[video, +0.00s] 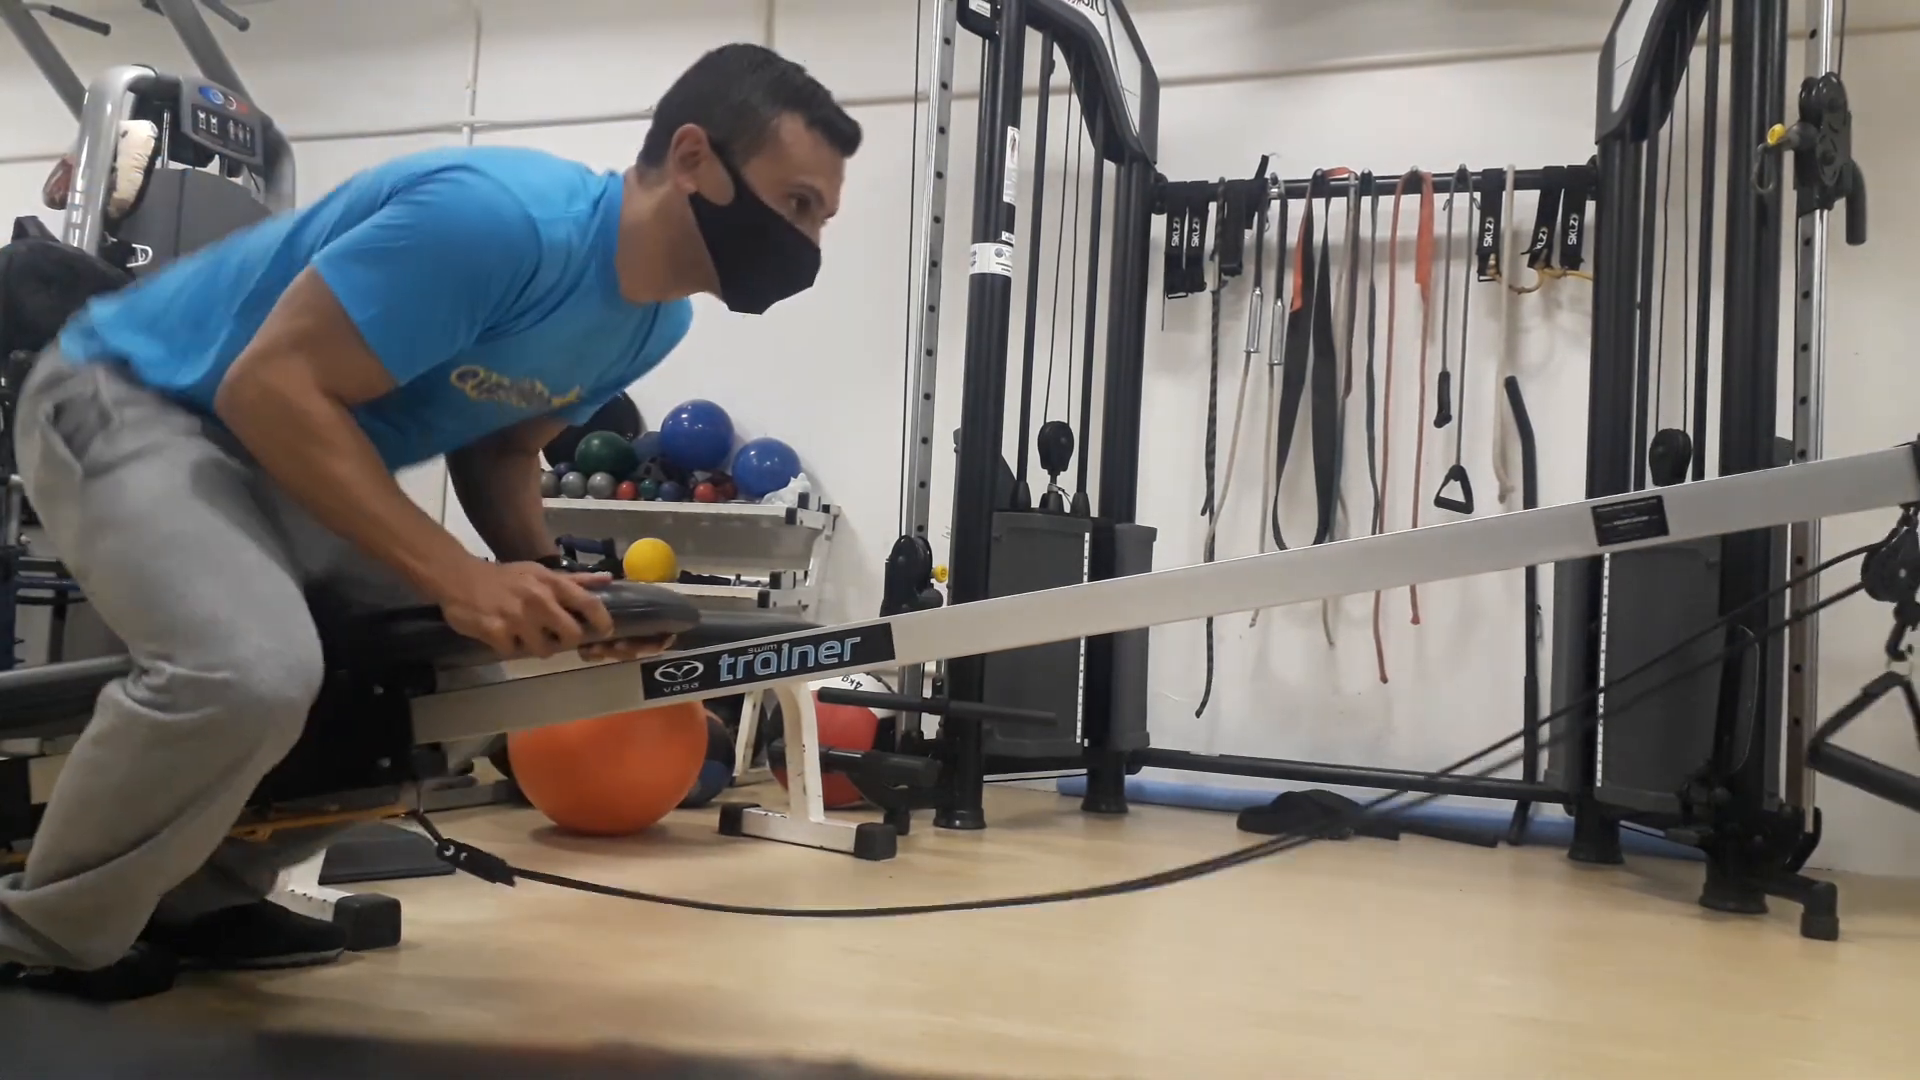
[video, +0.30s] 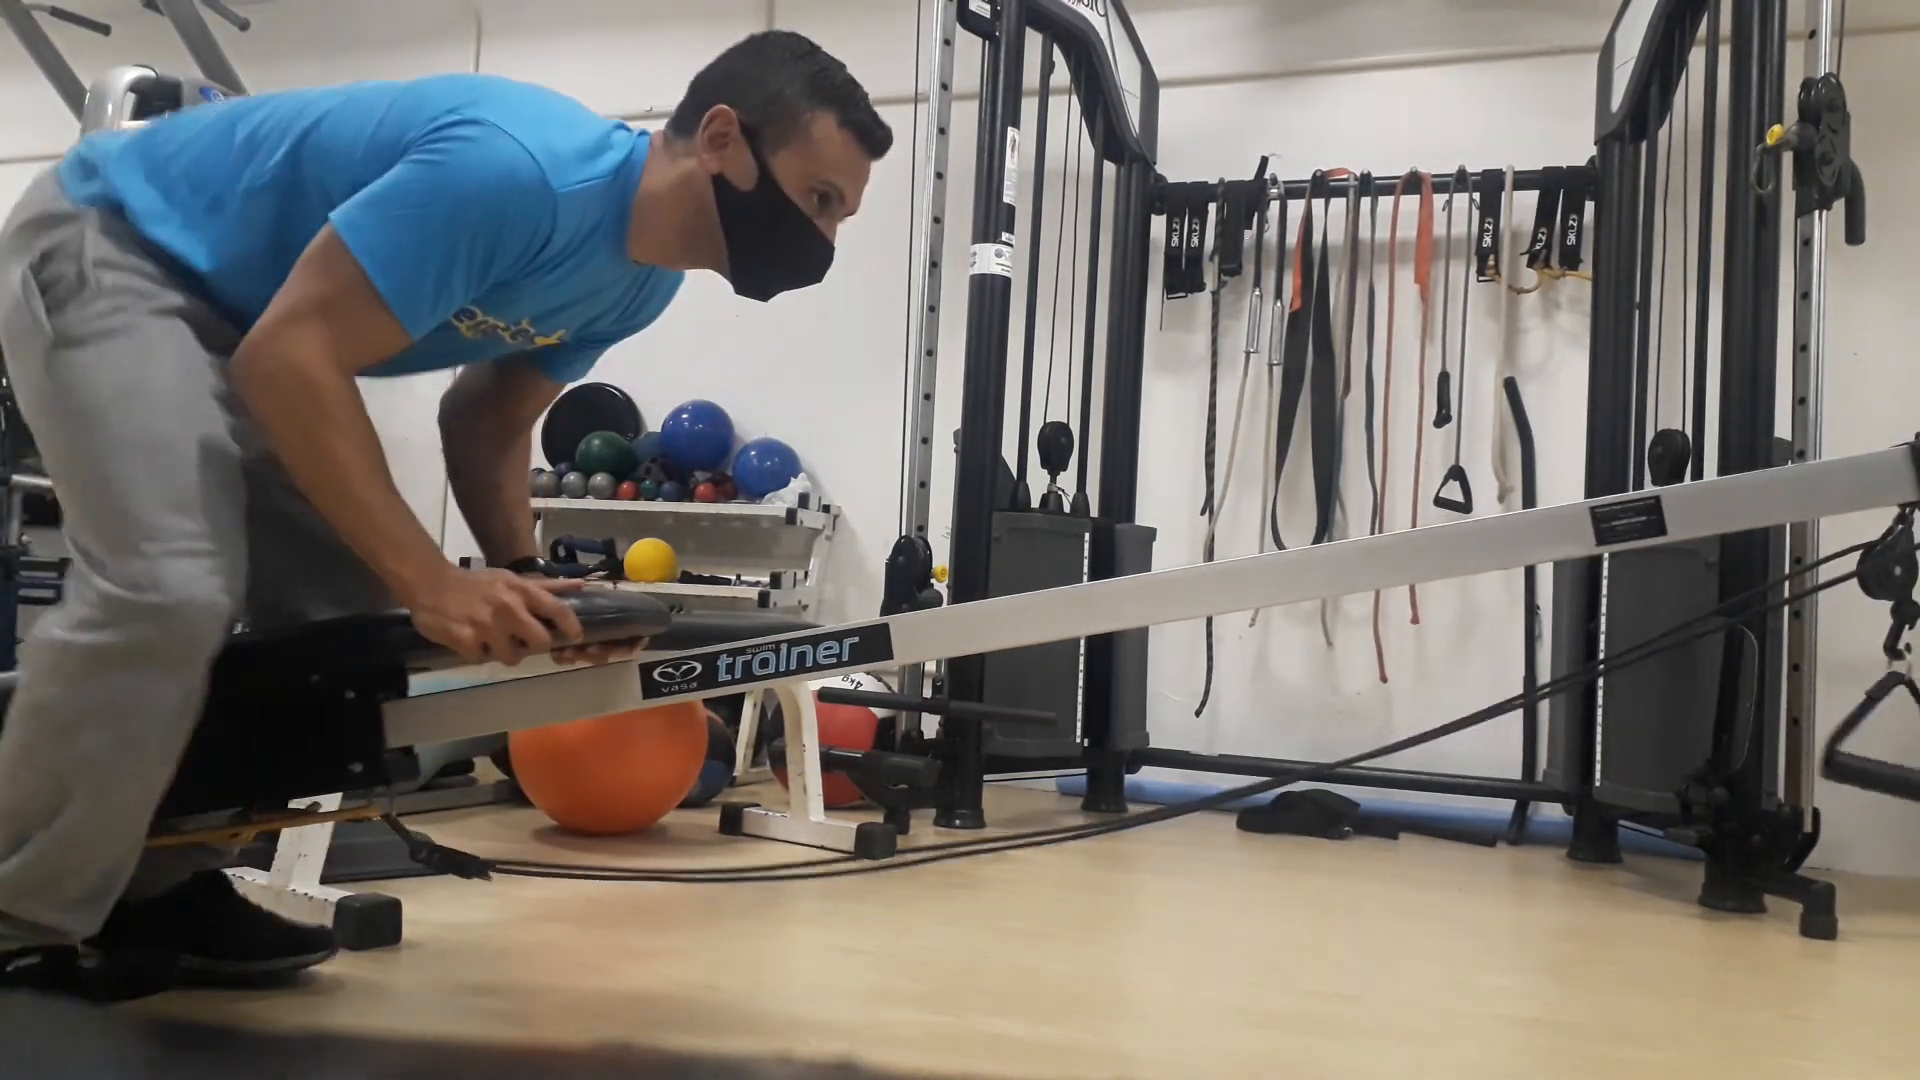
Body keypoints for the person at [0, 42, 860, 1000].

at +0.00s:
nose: (812, 242)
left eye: (826, 220)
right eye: (800, 203)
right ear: (689, 158)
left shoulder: (654, 317)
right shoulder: (494, 220)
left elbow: (502, 438)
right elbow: (266, 393)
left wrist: (541, 580)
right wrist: (458, 577)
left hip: (293, 443)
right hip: (129, 397)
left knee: (441, 657)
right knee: (254, 668)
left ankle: (209, 891)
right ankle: (45, 933)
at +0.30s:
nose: (828, 241)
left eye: (844, 217)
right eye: (821, 199)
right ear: (719, 139)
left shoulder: (640, 280)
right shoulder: (509, 173)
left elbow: (490, 415)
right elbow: (282, 361)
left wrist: (519, 570)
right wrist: (434, 584)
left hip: (258, 323)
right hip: (110, 245)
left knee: (349, 621)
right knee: (172, 588)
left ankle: (171, 888)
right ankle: (24, 925)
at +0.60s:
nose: (799, 238)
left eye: (814, 215)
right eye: (791, 196)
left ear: (692, 150)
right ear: (690, 138)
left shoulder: (622, 283)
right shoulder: (474, 180)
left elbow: (472, 424)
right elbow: (264, 378)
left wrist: (525, 571)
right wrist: (437, 576)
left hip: (259, 338)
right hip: (101, 268)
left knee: (362, 620)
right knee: (178, 593)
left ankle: (159, 894)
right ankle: (22, 926)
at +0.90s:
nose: (847, 176)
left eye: (860, 154)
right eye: (836, 137)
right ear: (736, 86)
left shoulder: (665, 247)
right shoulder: (543, 139)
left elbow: (591, 434)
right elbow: (413, 400)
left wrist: (700, 544)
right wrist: (650, 551)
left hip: (314, 357)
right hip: (148, 268)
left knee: (375, 647)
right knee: (201, 599)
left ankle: (164, 892)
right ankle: (33, 921)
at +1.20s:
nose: (917, 110)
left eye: (930, 85)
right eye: (901, 69)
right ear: (801, 25)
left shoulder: (748, 210)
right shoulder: (616, 91)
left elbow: (741, 421)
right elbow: (619, 390)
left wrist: (881, 524)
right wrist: (859, 508)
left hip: (373, 363)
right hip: (224, 262)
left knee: (410, 671)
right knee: (228, 622)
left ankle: (173, 880)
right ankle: (38, 929)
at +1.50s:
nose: (1002, 44)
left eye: (1013, 34)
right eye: (991, 15)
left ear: (912, 36)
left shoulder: (819, 168)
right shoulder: (701, 55)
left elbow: (821, 384)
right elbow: (722, 352)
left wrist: (975, 496)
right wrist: (956, 492)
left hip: (426, 349)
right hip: (287, 253)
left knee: (391, 664)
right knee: (233, 627)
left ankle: (168, 883)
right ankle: (39, 926)